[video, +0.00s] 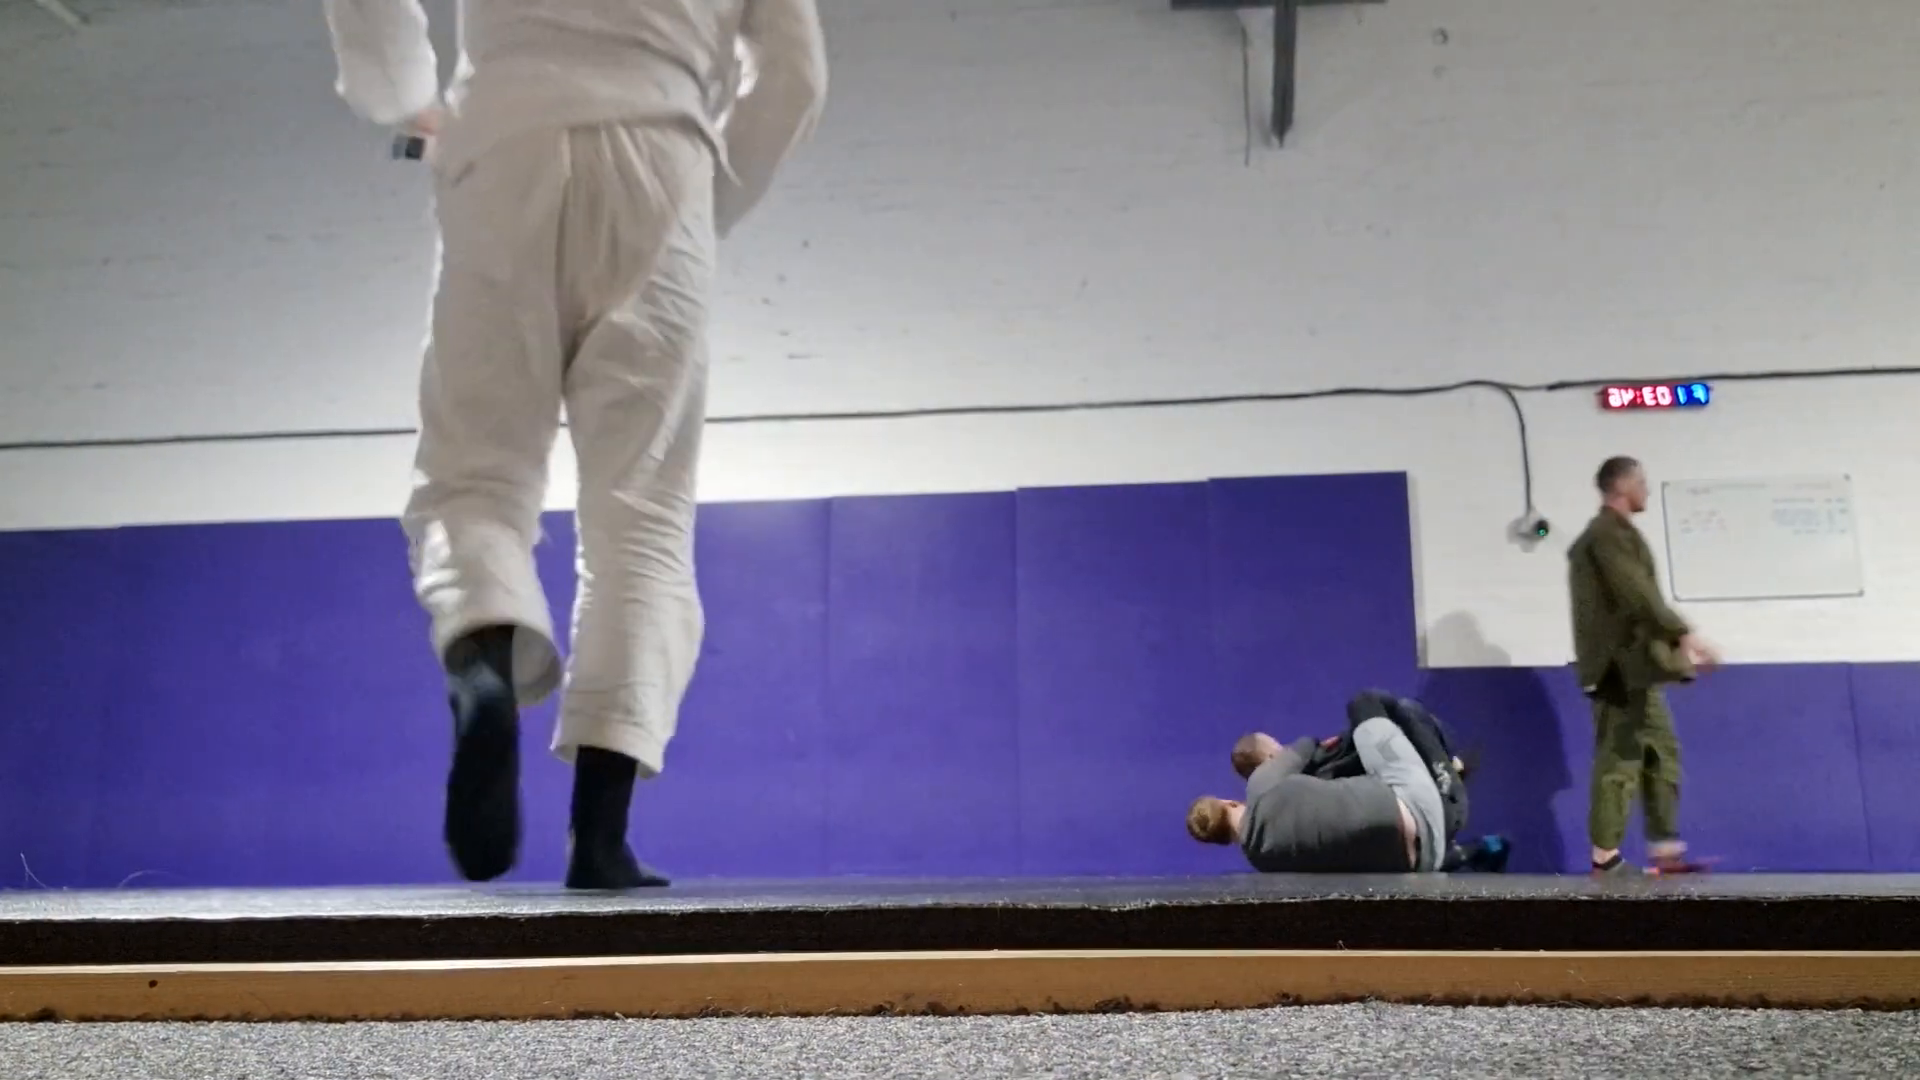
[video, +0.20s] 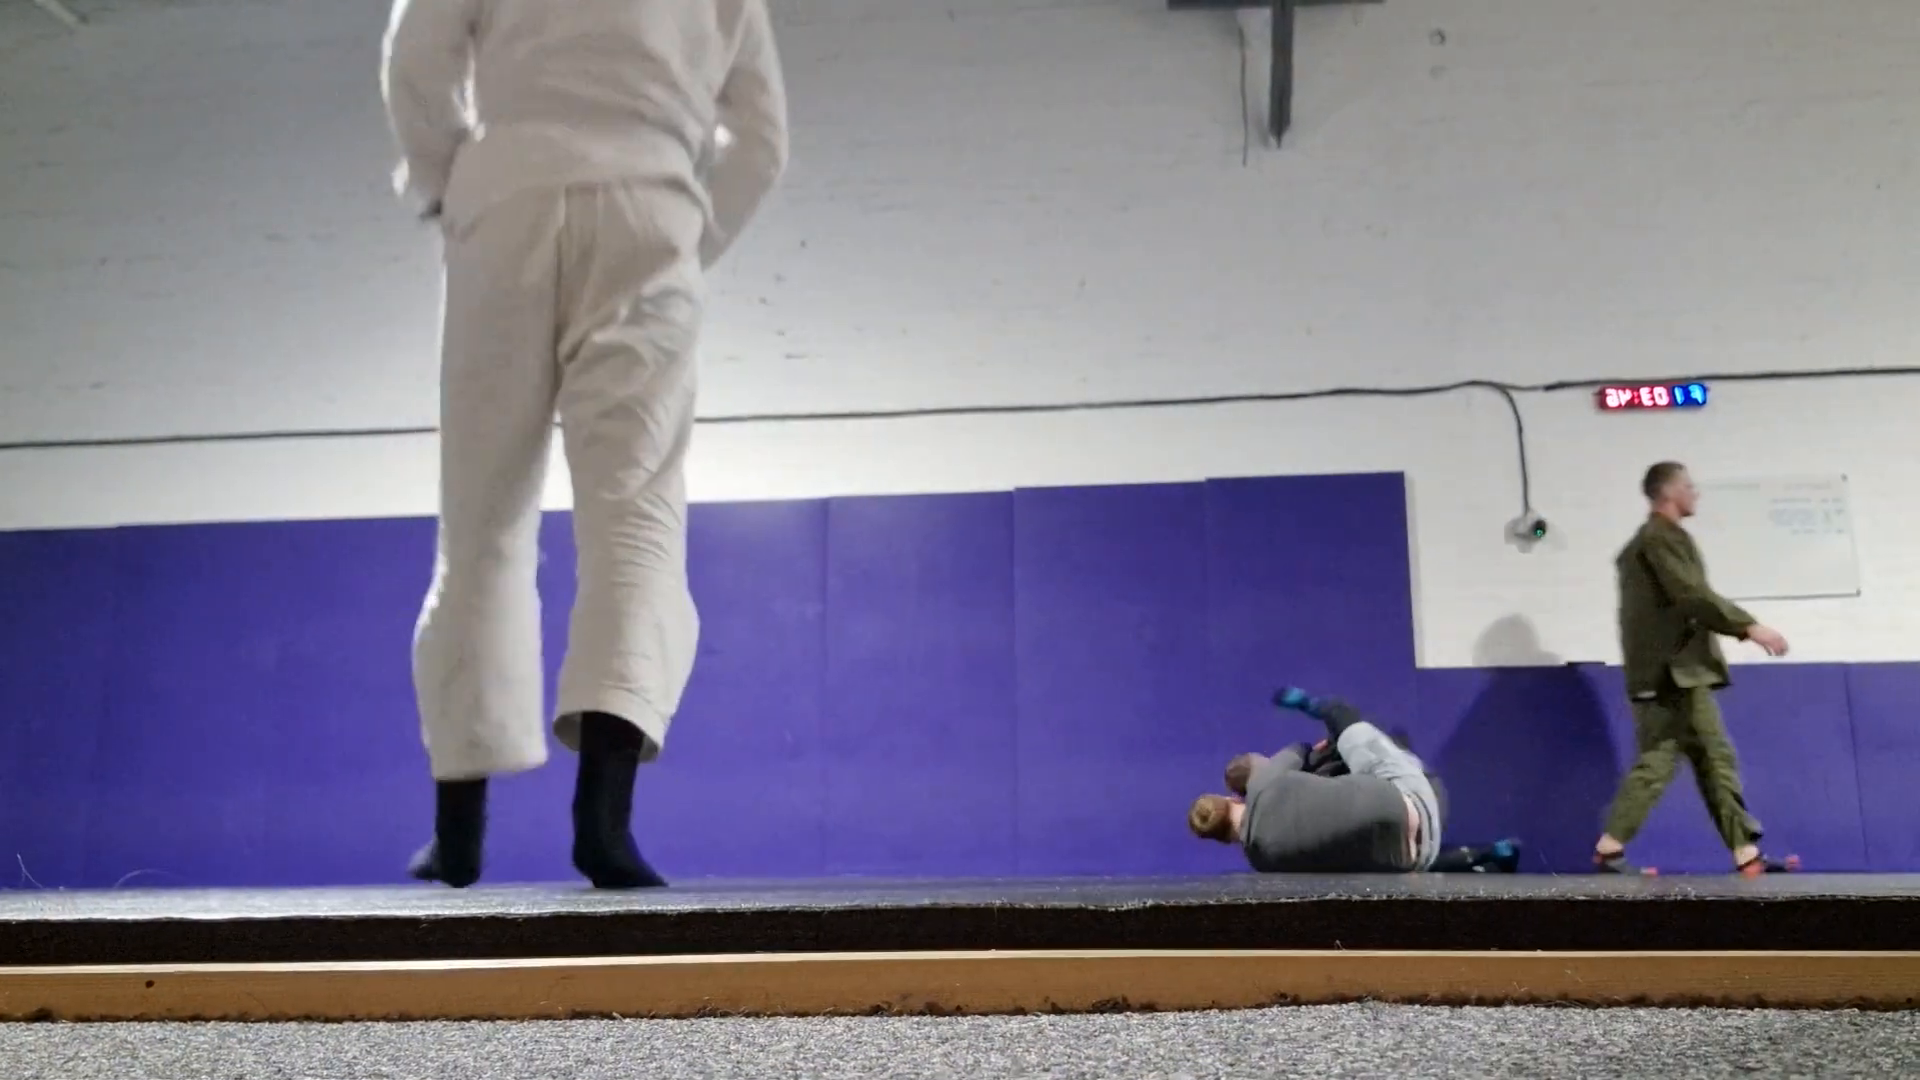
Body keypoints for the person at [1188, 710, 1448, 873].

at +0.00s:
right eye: (1227, 799)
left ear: (1219, 843)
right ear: (1229, 801)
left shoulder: (1262, 860)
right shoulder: (1263, 784)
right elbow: (1305, 747)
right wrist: (1318, 747)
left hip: (1424, 865)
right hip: (1418, 812)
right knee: (1370, 718)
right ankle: (1442, 778)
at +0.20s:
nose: (1259, 757)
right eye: (1254, 758)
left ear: (1222, 840)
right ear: (1231, 798)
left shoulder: (1263, 862)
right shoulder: (1266, 781)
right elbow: (1297, 753)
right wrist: (1318, 752)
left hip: (1421, 859)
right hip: (1416, 804)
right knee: (1351, 732)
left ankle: (1475, 858)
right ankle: (1316, 701)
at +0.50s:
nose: (1218, 798)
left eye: (1211, 828)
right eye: (1220, 795)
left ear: (1218, 843)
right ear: (1230, 794)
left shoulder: (1258, 862)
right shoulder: (1261, 778)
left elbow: (1315, 866)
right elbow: (1303, 751)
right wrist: (1281, 761)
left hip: (1407, 861)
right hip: (1407, 805)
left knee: (1459, 859)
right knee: (1320, 729)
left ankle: (1535, 861)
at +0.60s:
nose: (1221, 797)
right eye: (1221, 794)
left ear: (1220, 840)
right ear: (1232, 793)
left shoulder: (1260, 862)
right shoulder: (1267, 774)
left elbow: (1313, 865)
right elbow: (1324, 738)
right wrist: (1315, 759)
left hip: (1413, 860)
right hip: (1413, 806)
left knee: (1460, 857)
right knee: (1345, 734)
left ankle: (1535, 862)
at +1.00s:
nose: (1257, 769)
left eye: (1221, 829)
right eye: (1250, 775)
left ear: (1226, 840)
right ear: (1242, 792)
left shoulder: (1265, 863)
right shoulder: (1273, 779)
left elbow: (1323, 861)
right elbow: (1317, 758)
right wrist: (1322, 755)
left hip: (1418, 861)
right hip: (1419, 809)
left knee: (1451, 858)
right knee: (1355, 738)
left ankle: (1533, 859)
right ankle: (1314, 734)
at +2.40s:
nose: (1229, 790)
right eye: (1228, 790)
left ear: (1217, 836)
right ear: (1232, 795)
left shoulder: (1256, 865)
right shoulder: (1269, 782)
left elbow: (1307, 853)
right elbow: (1311, 762)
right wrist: (1266, 773)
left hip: (1420, 861)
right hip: (1415, 807)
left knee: (1452, 853)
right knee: (1322, 725)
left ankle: (1510, 864)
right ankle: (1327, 768)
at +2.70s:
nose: (1231, 791)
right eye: (1229, 791)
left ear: (1217, 837)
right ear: (1232, 796)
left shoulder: (1257, 864)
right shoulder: (1270, 783)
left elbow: (1306, 850)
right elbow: (1310, 762)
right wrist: (1265, 775)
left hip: (1420, 861)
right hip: (1416, 809)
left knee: (1452, 854)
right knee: (1323, 727)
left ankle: (1507, 865)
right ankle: (1331, 771)